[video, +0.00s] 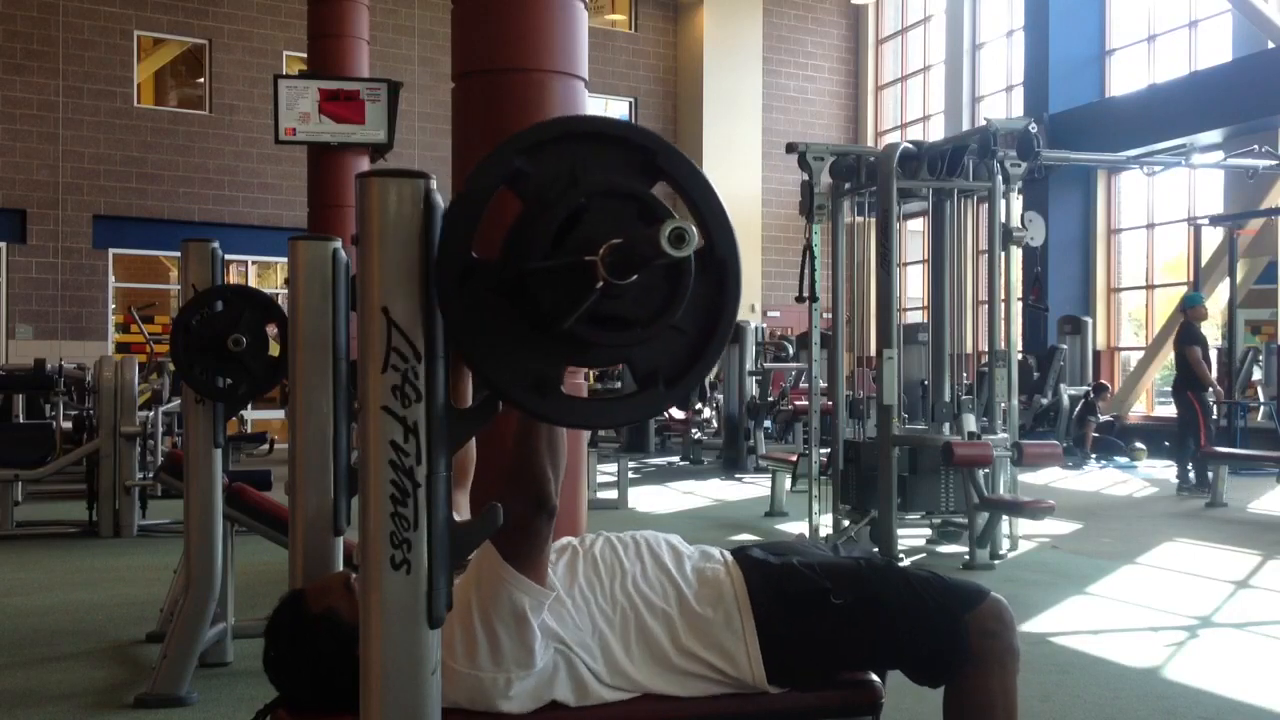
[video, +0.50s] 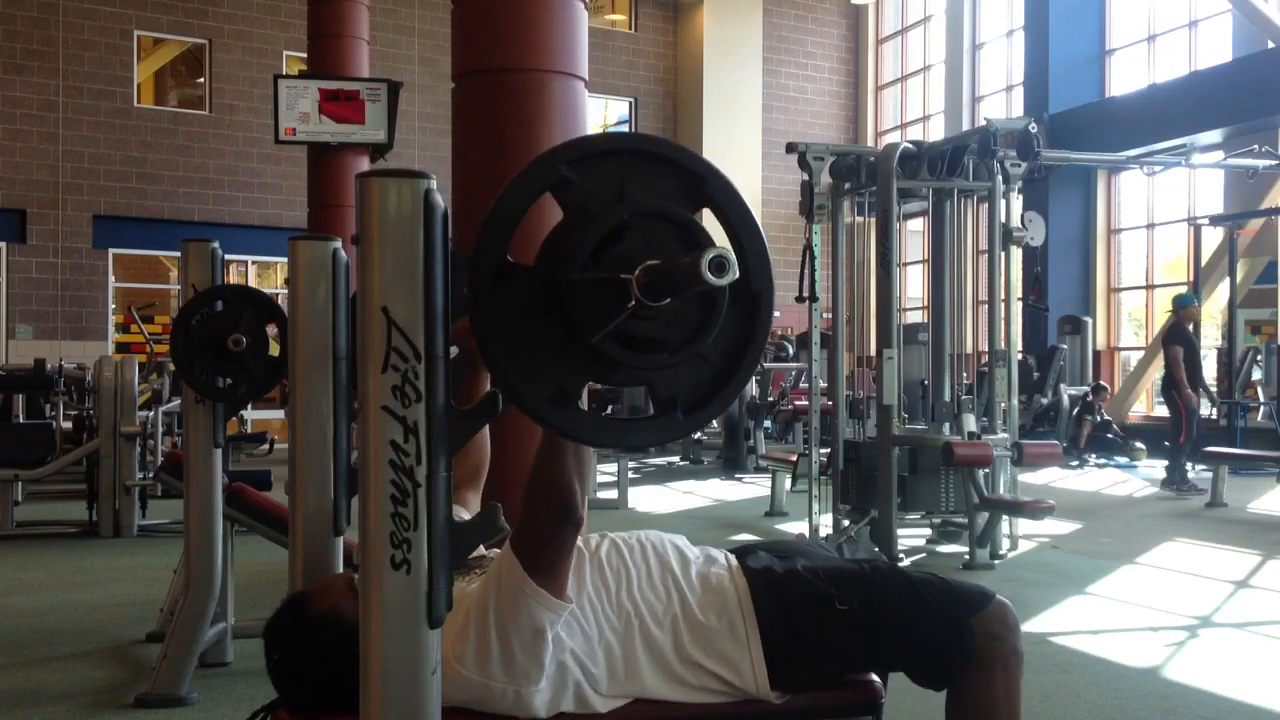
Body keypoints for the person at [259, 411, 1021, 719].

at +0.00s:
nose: (356, 563)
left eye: (336, 567)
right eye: (343, 582)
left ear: (342, 659)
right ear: (358, 634)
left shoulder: (450, 648)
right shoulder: (468, 662)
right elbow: (532, 503)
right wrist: (519, 343)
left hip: (716, 610)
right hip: (750, 604)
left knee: (860, 686)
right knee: (983, 627)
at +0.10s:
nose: (356, 570)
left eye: (338, 577)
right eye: (345, 588)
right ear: (363, 637)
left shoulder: (453, 659)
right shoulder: (473, 672)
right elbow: (529, 502)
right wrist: (536, 317)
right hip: (740, 615)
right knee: (981, 623)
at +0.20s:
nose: (364, 567)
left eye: (345, 571)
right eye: (348, 583)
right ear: (361, 636)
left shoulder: (448, 635)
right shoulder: (479, 673)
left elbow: (459, 485)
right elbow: (545, 513)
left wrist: (478, 376)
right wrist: (547, 331)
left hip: (719, 579)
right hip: (748, 611)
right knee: (985, 626)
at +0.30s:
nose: (364, 566)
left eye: (347, 570)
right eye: (350, 583)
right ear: (361, 635)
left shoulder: (452, 634)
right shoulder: (484, 666)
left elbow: (461, 483)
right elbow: (550, 515)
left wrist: (476, 372)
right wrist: (551, 342)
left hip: (724, 581)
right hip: (750, 612)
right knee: (986, 626)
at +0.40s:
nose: (365, 565)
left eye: (348, 569)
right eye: (351, 583)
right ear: (361, 639)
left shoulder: (438, 616)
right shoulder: (481, 669)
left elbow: (459, 480)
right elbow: (554, 513)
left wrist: (478, 368)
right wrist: (550, 347)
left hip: (722, 576)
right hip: (748, 610)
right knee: (987, 626)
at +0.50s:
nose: (363, 573)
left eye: (349, 575)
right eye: (351, 590)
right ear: (366, 649)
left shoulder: (449, 629)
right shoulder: (482, 676)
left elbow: (463, 484)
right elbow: (552, 517)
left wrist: (480, 374)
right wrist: (560, 347)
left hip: (719, 580)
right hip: (747, 614)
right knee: (985, 625)